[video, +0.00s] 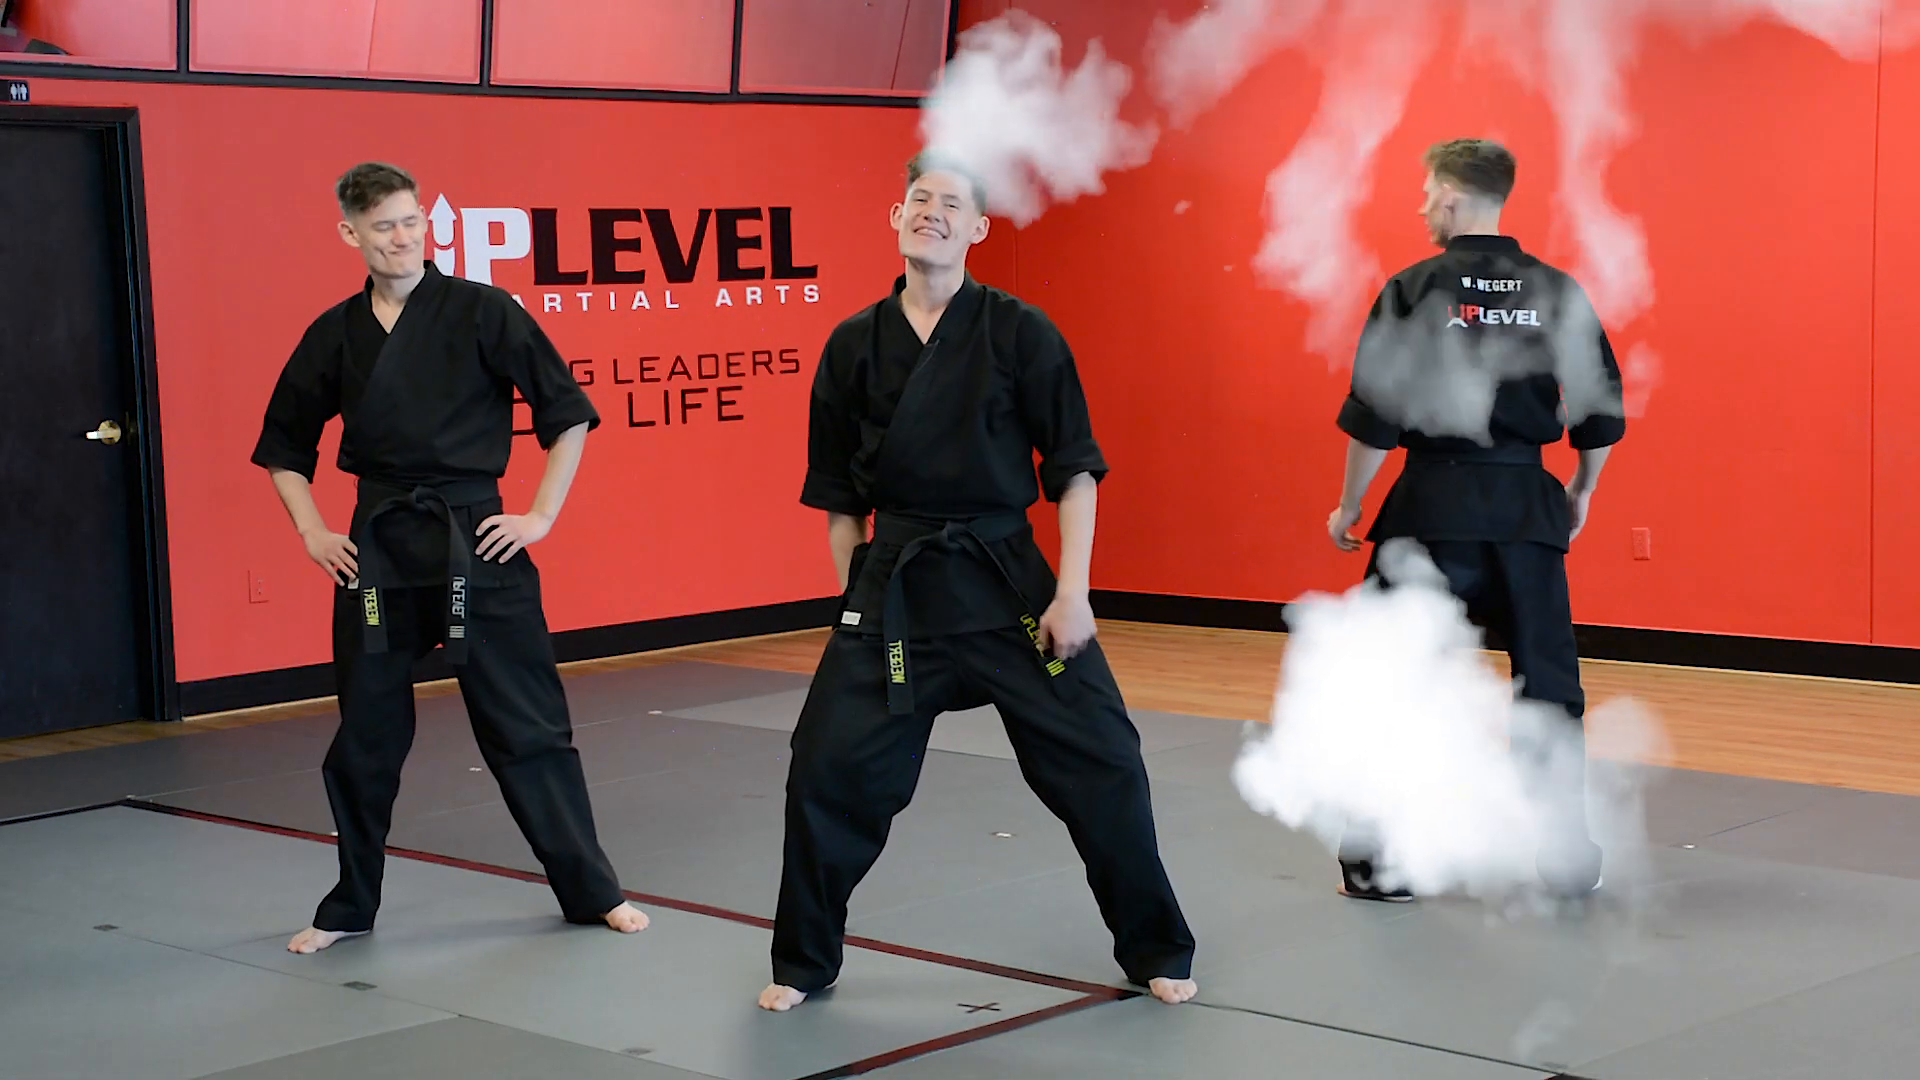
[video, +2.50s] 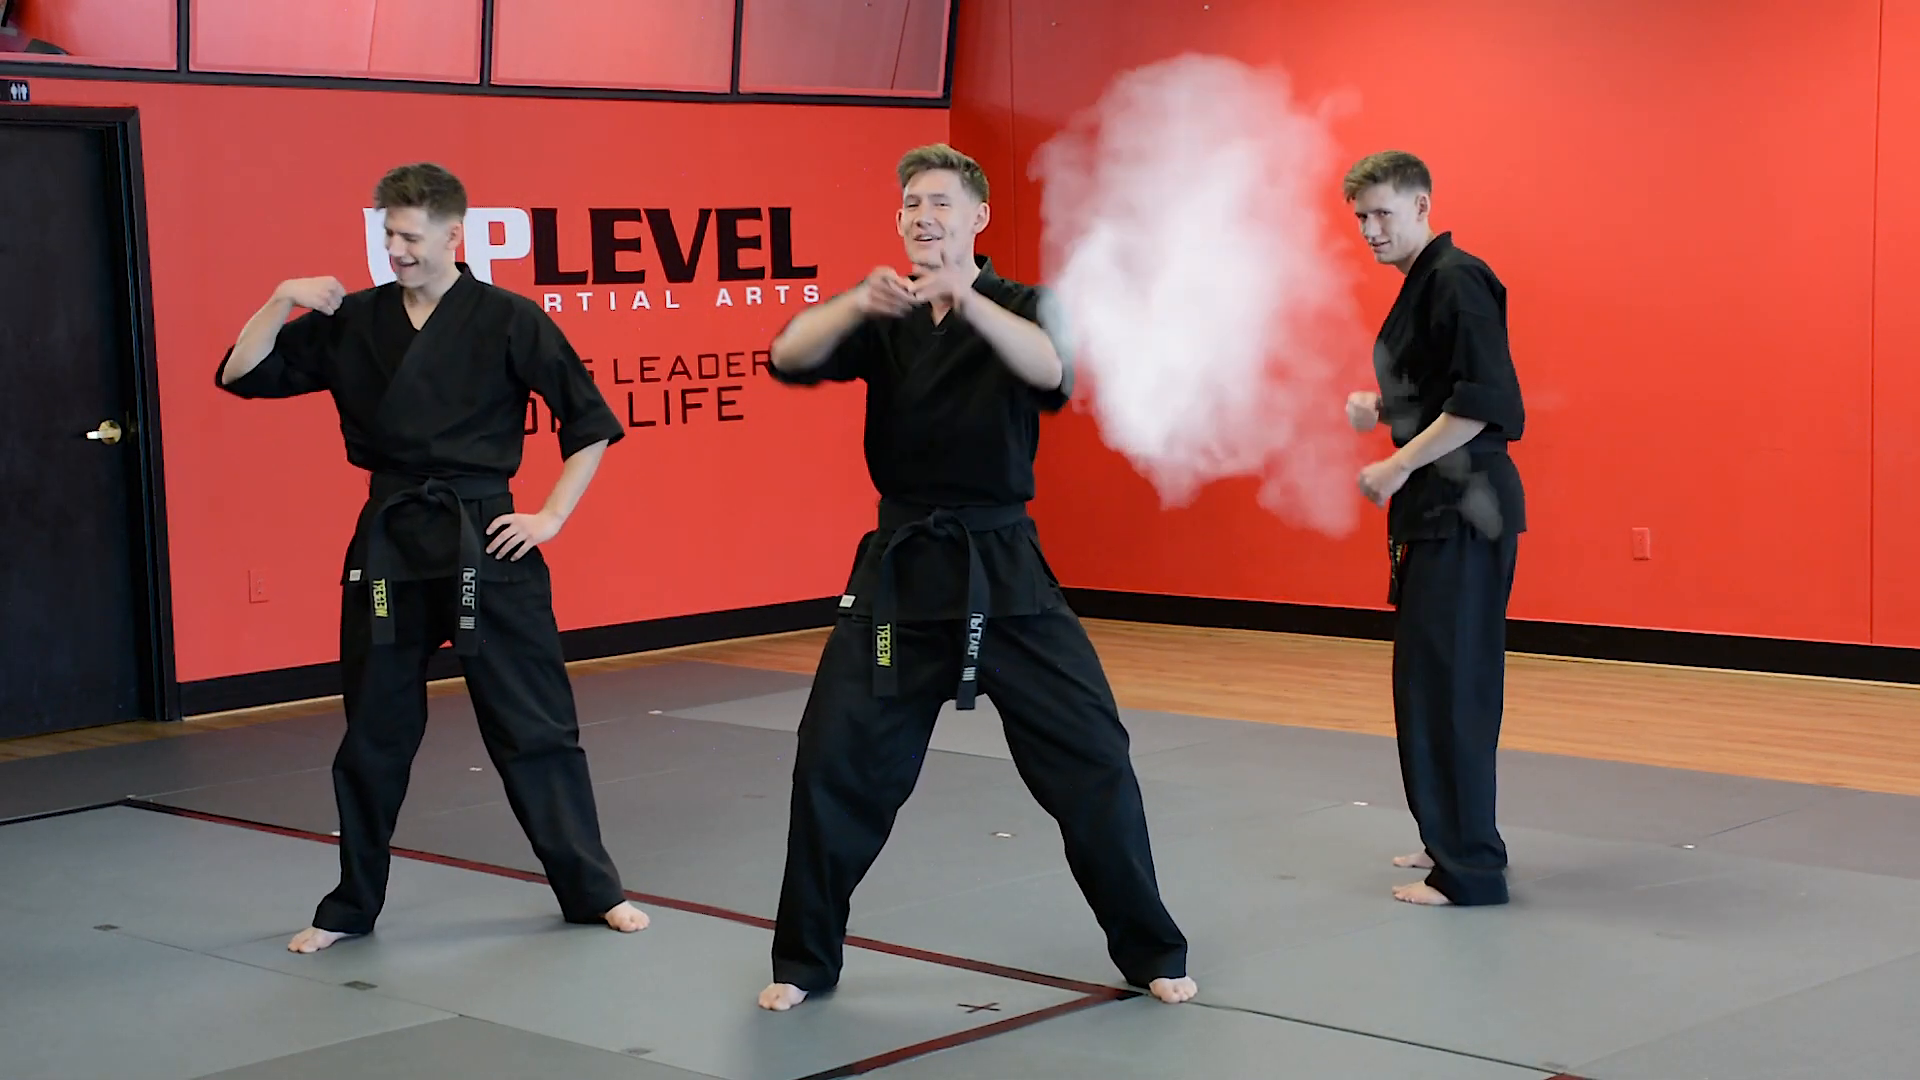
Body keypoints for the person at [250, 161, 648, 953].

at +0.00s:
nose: (399, 237)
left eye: (408, 222)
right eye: (382, 226)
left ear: (425, 225)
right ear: (352, 234)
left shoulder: (484, 311)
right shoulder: (334, 334)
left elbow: (570, 412)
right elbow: (283, 443)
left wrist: (541, 516)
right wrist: (312, 530)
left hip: (479, 540)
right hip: (379, 547)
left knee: (530, 727)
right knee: (363, 741)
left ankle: (593, 892)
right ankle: (352, 905)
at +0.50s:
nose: (387, 217)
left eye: (392, 204)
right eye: (366, 212)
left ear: (410, 218)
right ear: (337, 239)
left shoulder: (476, 309)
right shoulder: (331, 340)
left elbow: (564, 409)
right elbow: (281, 447)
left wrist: (538, 516)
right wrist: (311, 533)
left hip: (476, 538)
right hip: (378, 546)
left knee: (529, 725)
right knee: (362, 740)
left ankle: (592, 892)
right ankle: (352, 904)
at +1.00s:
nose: (381, 226)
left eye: (386, 212)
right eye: (360, 220)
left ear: (403, 223)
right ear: (330, 245)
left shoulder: (472, 308)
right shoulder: (327, 344)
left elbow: (561, 407)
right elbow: (285, 450)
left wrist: (537, 514)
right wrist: (311, 531)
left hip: (476, 539)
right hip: (378, 546)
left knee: (529, 725)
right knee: (363, 740)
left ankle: (591, 892)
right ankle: (351, 906)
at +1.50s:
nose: (377, 231)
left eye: (381, 216)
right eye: (356, 226)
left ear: (399, 225)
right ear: (328, 250)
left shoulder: (470, 306)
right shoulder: (329, 346)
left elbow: (560, 405)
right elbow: (286, 452)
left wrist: (538, 512)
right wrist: (313, 533)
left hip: (477, 538)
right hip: (380, 545)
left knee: (529, 725)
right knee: (364, 740)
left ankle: (592, 892)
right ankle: (352, 905)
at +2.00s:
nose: (366, 238)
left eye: (380, 223)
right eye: (352, 226)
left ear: (413, 229)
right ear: (338, 239)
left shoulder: (479, 310)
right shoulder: (336, 344)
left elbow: (567, 409)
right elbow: (283, 438)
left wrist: (541, 511)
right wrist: (269, 461)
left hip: (478, 539)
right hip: (379, 544)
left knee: (530, 724)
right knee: (366, 737)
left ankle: (592, 891)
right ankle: (352, 905)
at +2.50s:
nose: (397, 249)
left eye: (413, 236)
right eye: (390, 234)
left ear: (454, 236)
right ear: (384, 234)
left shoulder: (509, 319)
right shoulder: (353, 325)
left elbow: (592, 424)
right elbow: (238, 376)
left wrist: (552, 517)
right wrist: (284, 297)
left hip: (489, 538)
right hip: (389, 540)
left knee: (537, 727)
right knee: (372, 738)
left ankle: (592, 892)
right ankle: (352, 907)